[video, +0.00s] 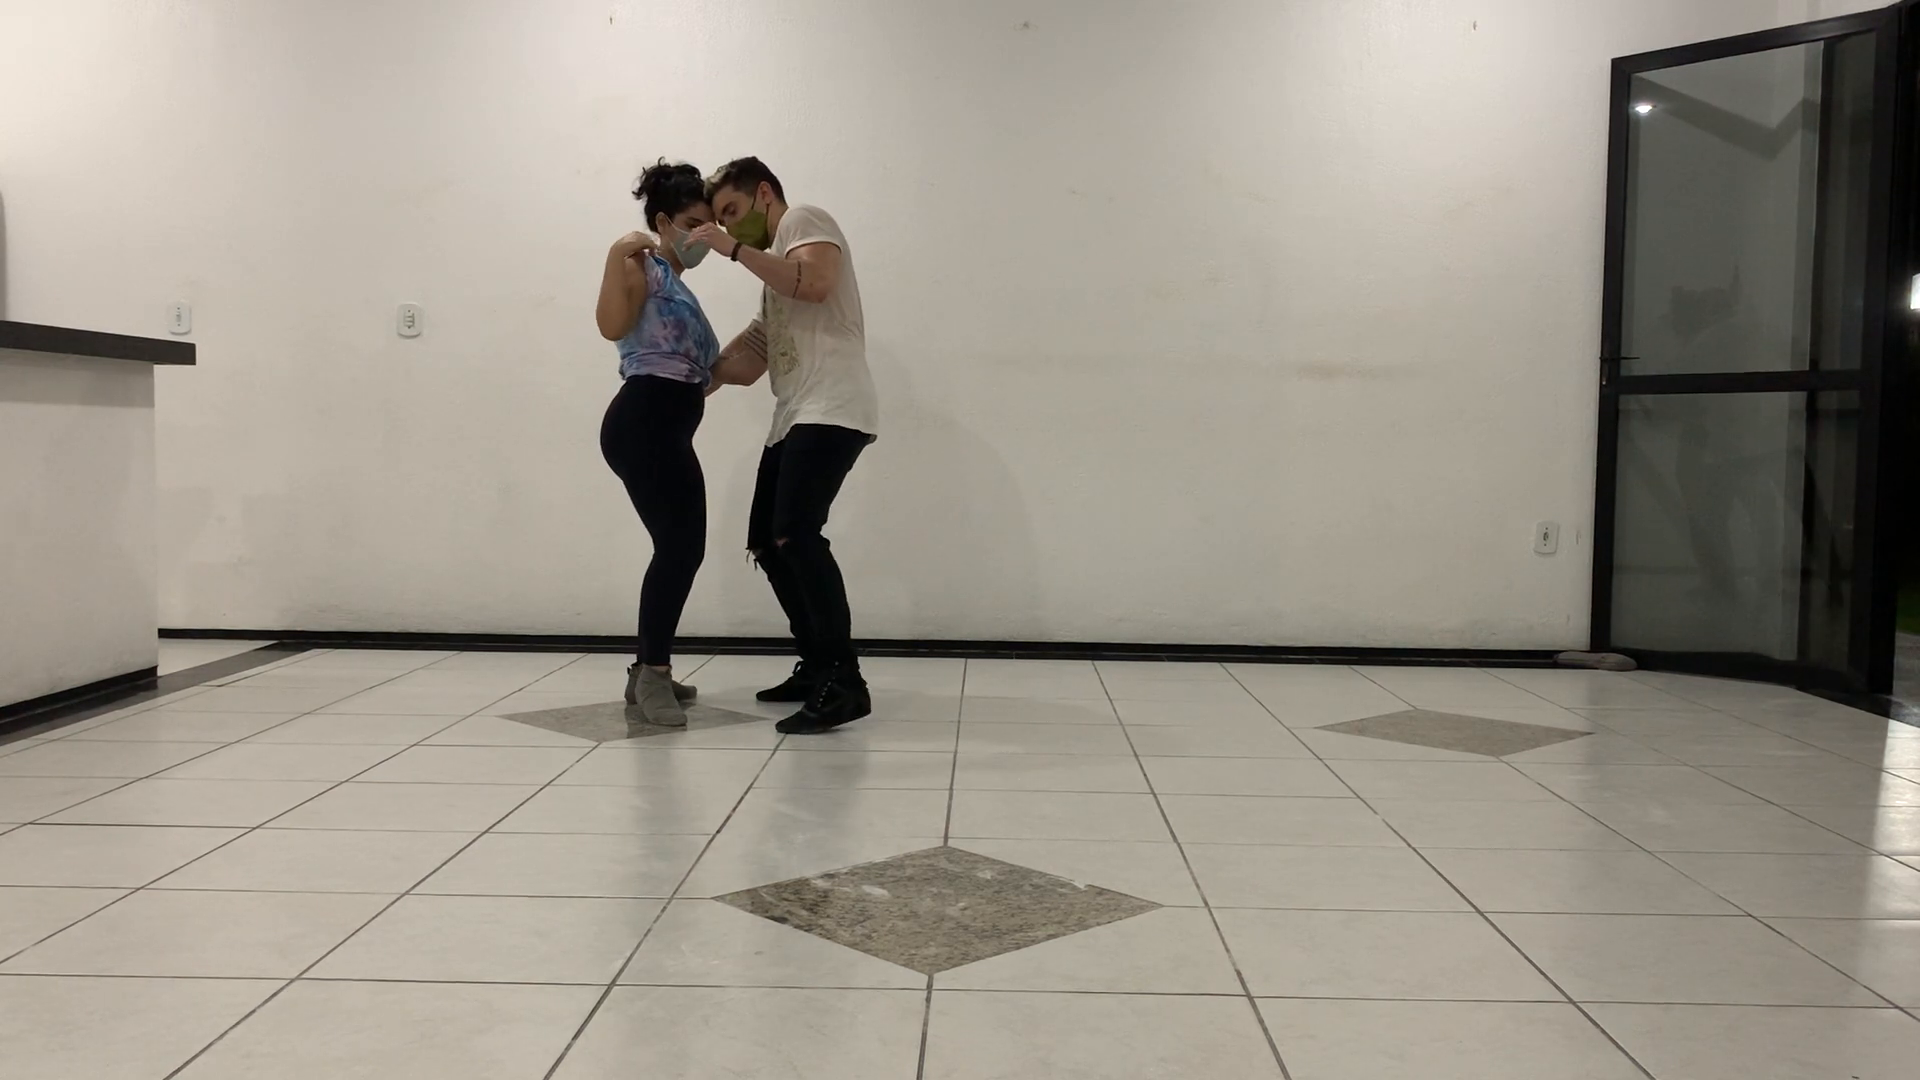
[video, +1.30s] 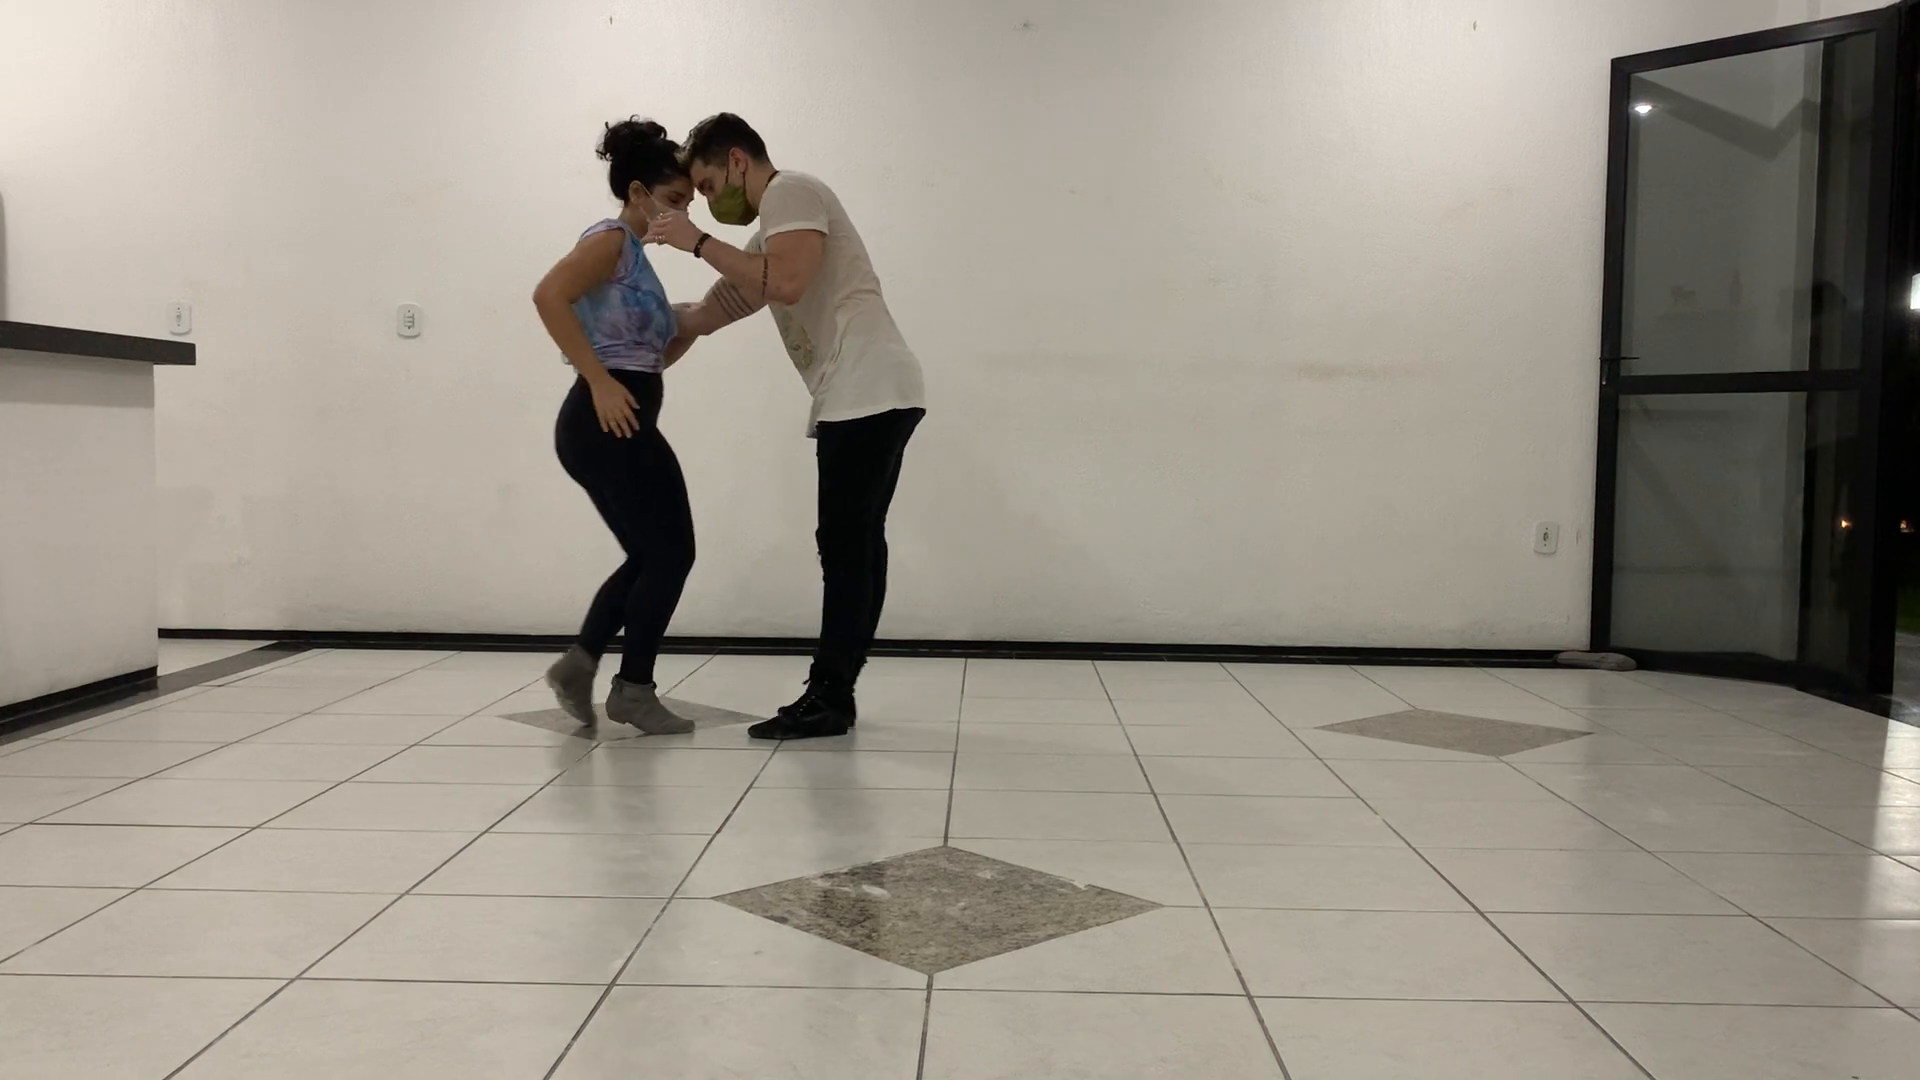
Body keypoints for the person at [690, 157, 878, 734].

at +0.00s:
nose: (730, 231)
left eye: (732, 214)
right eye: (722, 222)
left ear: (766, 194)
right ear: (748, 214)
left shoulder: (808, 220)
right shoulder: (775, 285)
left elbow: (812, 284)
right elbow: (744, 364)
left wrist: (735, 249)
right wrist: (682, 362)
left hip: (834, 406)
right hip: (794, 415)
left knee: (795, 532)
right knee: (767, 541)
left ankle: (845, 682)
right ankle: (816, 665)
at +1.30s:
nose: (707, 197)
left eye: (708, 181)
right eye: (701, 188)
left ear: (739, 159)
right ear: (741, 166)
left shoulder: (792, 192)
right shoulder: (772, 233)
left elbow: (786, 282)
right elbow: (709, 312)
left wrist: (697, 240)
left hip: (867, 392)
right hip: (864, 395)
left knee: (844, 541)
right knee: (858, 542)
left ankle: (831, 699)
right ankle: (833, 695)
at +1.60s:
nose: (689, 204)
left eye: (689, 189)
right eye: (683, 195)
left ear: (720, 165)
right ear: (722, 171)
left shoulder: (780, 196)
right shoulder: (756, 234)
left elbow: (798, 281)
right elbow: (682, 306)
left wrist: (702, 254)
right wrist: (596, 319)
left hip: (860, 396)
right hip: (874, 393)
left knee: (842, 551)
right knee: (895, 540)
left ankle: (824, 701)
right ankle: (928, 690)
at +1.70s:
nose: (683, 203)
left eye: (684, 185)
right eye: (676, 193)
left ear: (714, 160)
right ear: (714, 169)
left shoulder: (778, 193)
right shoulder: (745, 240)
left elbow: (801, 275)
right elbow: (675, 310)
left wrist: (705, 250)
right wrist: (590, 320)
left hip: (855, 396)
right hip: (853, 397)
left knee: (835, 546)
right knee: (873, 536)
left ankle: (825, 699)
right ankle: (963, 665)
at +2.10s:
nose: (666, 200)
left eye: (668, 183)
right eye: (659, 189)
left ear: (702, 157)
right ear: (697, 166)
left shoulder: (771, 195)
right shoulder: (716, 248)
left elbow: (795, 284)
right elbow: (664, 333)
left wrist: (702, 249)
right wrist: (576, 337)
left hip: (824, 397)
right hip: (767, 400)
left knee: (787, 543)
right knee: (689, 492)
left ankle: (822, 701)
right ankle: (812, 571)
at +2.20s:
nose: (660, 195)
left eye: (663, 179)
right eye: (653, 184)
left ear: (698, 154)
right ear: (692, 163)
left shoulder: (765, 195)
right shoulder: (706, 244)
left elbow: (790, 286)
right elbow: (659, 333)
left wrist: (697, 252)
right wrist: (568, 335)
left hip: (809, 398)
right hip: (751, 401)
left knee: (780, 546)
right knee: (676, 501)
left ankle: (819, 701)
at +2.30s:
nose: (653, 192)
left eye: (655, 175)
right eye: (646, 181)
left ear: (691, 153)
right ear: (685, 160)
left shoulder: (759, 195)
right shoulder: (695, 240)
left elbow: (787, 286)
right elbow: (646, 333)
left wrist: (695, 257)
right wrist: (563, 337)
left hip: (794, 402)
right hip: (732, 409)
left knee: (778, 551)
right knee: (681, 537)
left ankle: (812, 698)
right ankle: (644, 677)